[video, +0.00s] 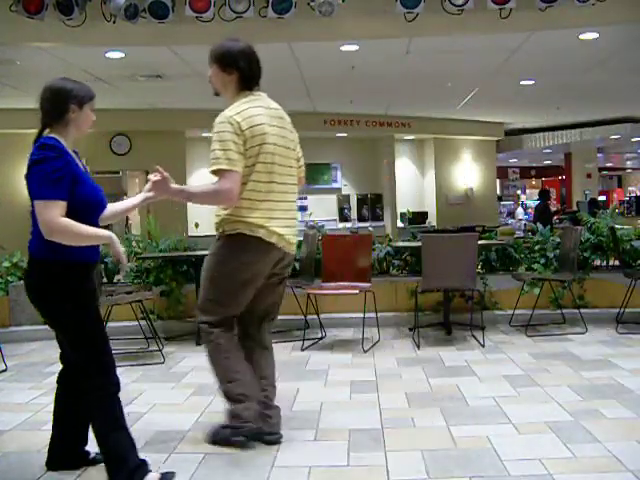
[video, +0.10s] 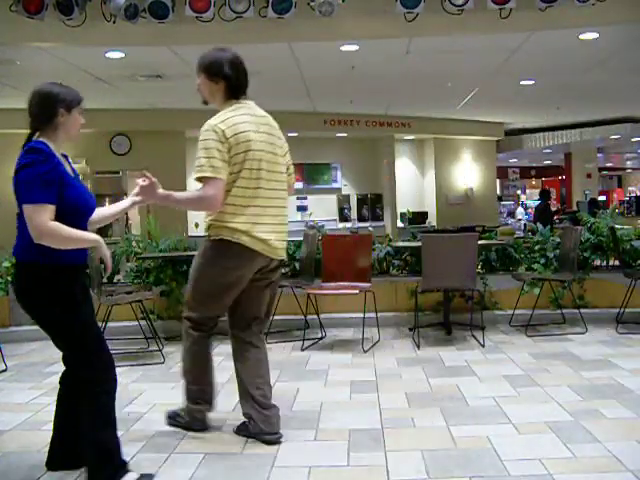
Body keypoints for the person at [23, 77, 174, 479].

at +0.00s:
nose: (93, 117)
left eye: (93, 110)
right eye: (89, 110)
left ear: (65, 113)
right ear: (70, 112)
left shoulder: (66, 153)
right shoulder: (50, 155)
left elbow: (94, 214)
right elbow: (50, 225)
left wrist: (142, 197)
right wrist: (105, 237)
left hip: (76, 272)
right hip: (59, 276)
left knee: (78, 364)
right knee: (100, 374)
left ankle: (65, 453)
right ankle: (128, 469)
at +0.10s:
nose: (83, 122)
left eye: (82, 114)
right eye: (79, 114)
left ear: (56, 116)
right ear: (61, 115)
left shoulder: (57, 158)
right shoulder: (39, 159)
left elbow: (84, 219)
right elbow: (41, 230)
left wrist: (130, 201)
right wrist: (93, 241)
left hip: (64, 275)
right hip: (46, 278)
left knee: (82, 360)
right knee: (98, 366)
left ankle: (66, 453)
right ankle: (107, 469)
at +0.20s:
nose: (72, 124)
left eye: (70, 117)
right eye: (68, 117)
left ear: (47, 121)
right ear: (50, 120)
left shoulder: (47, 164)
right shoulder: (25, 165)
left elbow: (77, 224)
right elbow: (29, 236)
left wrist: (121, 205)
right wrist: (81, 248)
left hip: (55, 278)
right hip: (36, 281)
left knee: (85, 361)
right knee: (90, 363)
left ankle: (77, 450)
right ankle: (68, 463)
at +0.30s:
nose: (61, 123)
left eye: (60, 116)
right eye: (57, 116)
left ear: (38, 119)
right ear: (39, 118)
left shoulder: (40, 162)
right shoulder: (15, 162)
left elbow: (65, 226)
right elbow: (13, 233)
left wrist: (107, 208)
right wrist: (69, 250)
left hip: (51, 275)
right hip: (24, 279)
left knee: (76, 359)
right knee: (71, 360)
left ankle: (68, 450)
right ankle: (28, 455)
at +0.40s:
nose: (49, 118)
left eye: (48, 111)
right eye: (45, 111)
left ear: (25, 115)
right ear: (25, 114)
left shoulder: (33, 158)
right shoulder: (6, 157)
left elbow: (53, 224)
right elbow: (3, 226)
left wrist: (94, 205)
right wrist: (55, 254)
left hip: (44, 272)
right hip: (14, 277)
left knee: (62, 359)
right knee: (46, 362)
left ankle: (65, 454)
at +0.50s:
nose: (37, 118)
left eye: (35, 111)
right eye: (32, 111)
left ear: (16, 115)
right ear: (13, 115)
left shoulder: (23, 160)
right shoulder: (2, 160)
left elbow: (46, 221)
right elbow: (0, 230)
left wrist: (86, 199)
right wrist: (36, 266)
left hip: (36, 274)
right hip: (9, 276)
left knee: (53, 362)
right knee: (10, 374)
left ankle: (64, 453)